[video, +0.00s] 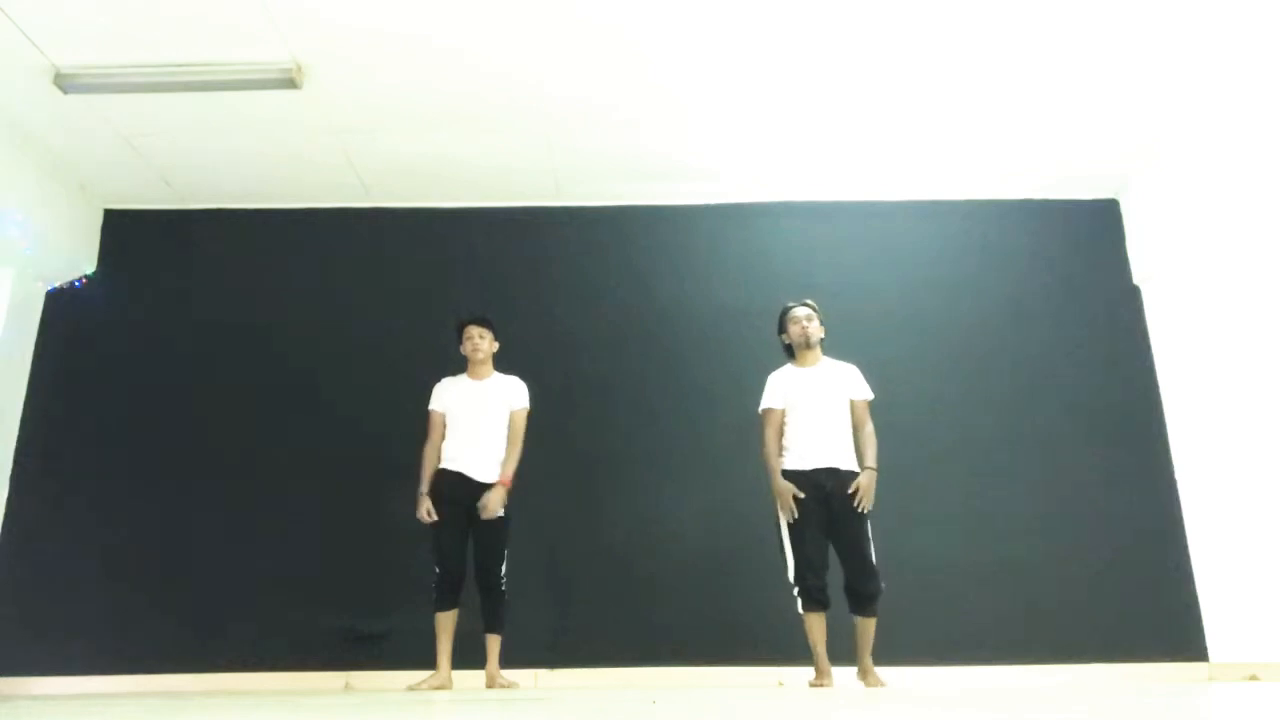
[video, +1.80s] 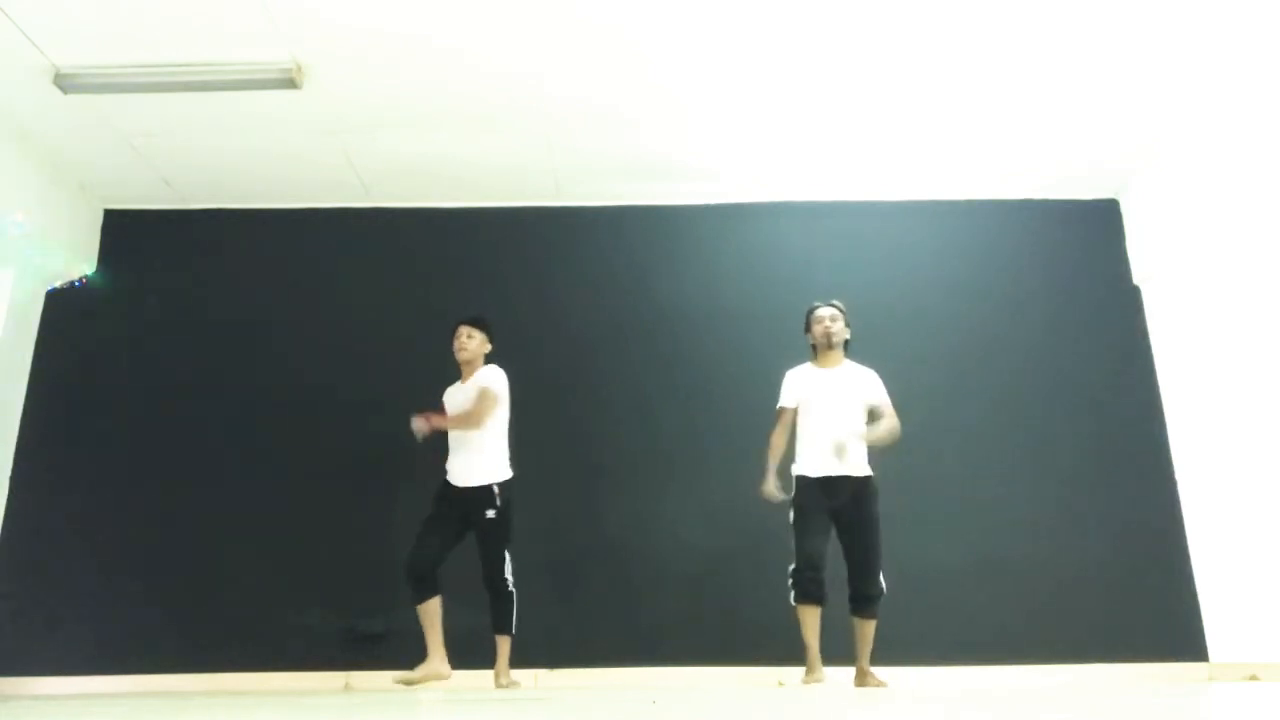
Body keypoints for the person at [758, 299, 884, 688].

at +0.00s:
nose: (806, 325)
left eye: (811, 319)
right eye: (798, 321)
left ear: (822, 329)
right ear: (785, 336)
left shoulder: (848, 372)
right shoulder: (779, 379)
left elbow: (864, 425)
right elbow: (771, 434)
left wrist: (870, 470)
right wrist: (776, 480)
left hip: (845, 479)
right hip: (798, 482)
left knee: (864, 573)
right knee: (809, 575)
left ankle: (866, 663)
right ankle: (821, 667)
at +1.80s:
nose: (828, 325)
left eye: (834, 319)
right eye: (820, 321)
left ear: (846, 330)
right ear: (809, 334)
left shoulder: (866, 376)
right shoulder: (797, 376)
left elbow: (892, 426)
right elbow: (782, 428)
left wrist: (864, 436)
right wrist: (771, 471)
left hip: (857, 483)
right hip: (810, 483)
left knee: (867, 574)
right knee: (808, 569)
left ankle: (863, 670)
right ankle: (813, 665)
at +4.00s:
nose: (927, 238)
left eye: (924, 232)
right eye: (914, 233)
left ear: (924, 249)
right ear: (888, 253)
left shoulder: (956, 305)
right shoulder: (877, 303)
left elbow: (1018, 332)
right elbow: (840, 309)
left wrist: (1081, 311)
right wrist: (810, 260)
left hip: (990, 445)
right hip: (930, 449)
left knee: (1066, 535)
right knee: (892, 565)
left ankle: (1060, 664)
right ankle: (822, 669)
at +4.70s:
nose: (924, 257)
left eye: (929, 245)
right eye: (910, 255)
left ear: (950, 250)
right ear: (902, 274)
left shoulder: (998, 298)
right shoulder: (914, 331)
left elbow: (1066, 356)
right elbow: (913, 392)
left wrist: (1001, 381)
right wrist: (942, 417)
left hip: (1049, 430)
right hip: (989, 441)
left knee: (1068, 547)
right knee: (969, 527)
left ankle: (1103, 660)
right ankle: (1043, 628)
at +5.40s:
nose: (833, 215)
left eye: (848, 209)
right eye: (834, 210)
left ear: (877, 226)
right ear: (834, 230)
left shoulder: (880, 262)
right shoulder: (818, 292)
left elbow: (912, 297)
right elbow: (770, 359)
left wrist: (950, 290)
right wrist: (716, 357)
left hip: (822, 392)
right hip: (779, 397)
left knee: (749, 463)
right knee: (733, 519)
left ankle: (801, 549)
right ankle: (783, 663)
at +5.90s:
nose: (807, 223)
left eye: (809, 214)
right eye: (810, 214)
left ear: (817, 215)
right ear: (864, 216)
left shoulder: (812, 252)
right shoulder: (896, 257)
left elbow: (766, 323)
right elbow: (941, 337)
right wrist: (984, 400)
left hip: (870, 383)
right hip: (930, 386)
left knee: (851, 540)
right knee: (891, 535)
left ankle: (914, 667)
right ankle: (869, 653)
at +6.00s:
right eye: (879, 210)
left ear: (828, 221)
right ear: (880, 216)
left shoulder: (819, 262)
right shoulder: (912, 254)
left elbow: (787, 351)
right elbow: (974, 316)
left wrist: (787, 382)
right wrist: (1049, 360)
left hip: (868, 388)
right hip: (932, 386)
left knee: (851, 537)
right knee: (936, 519)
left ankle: (911, 667)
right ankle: (949, 663)